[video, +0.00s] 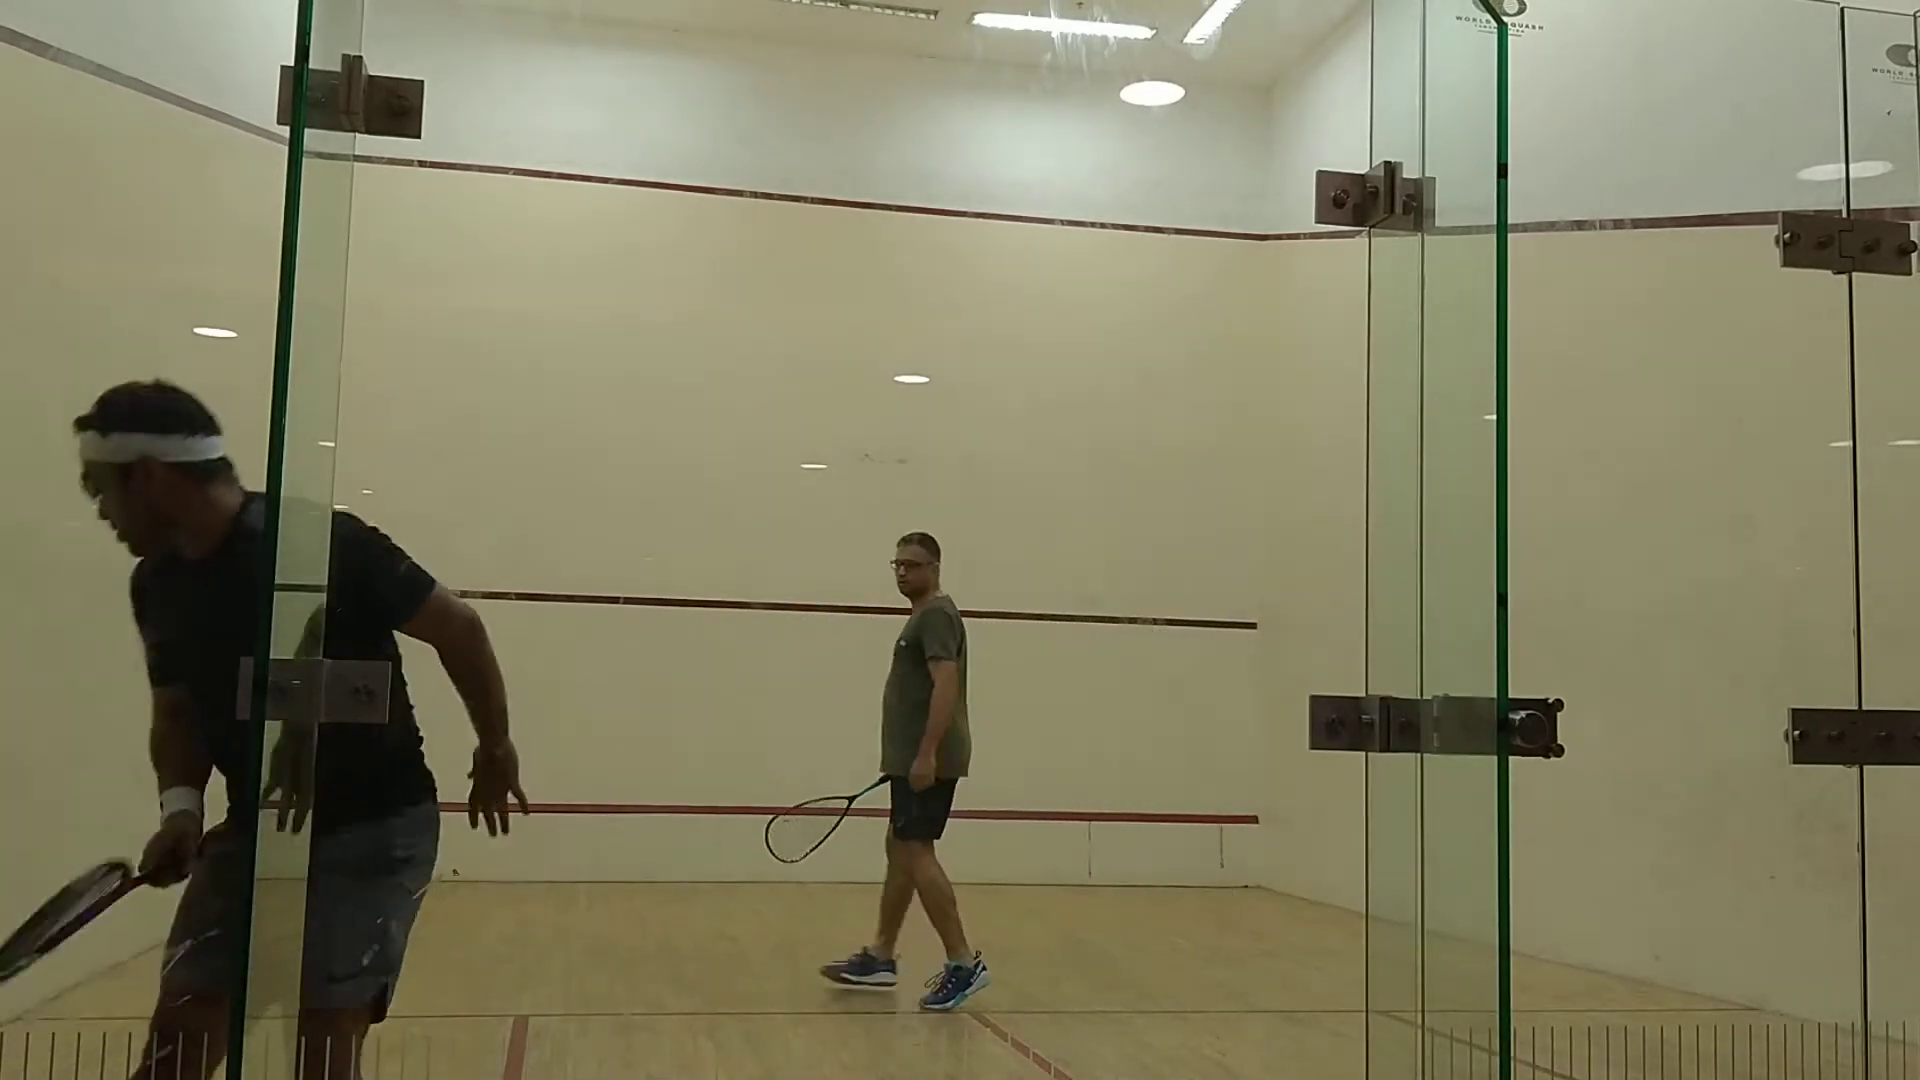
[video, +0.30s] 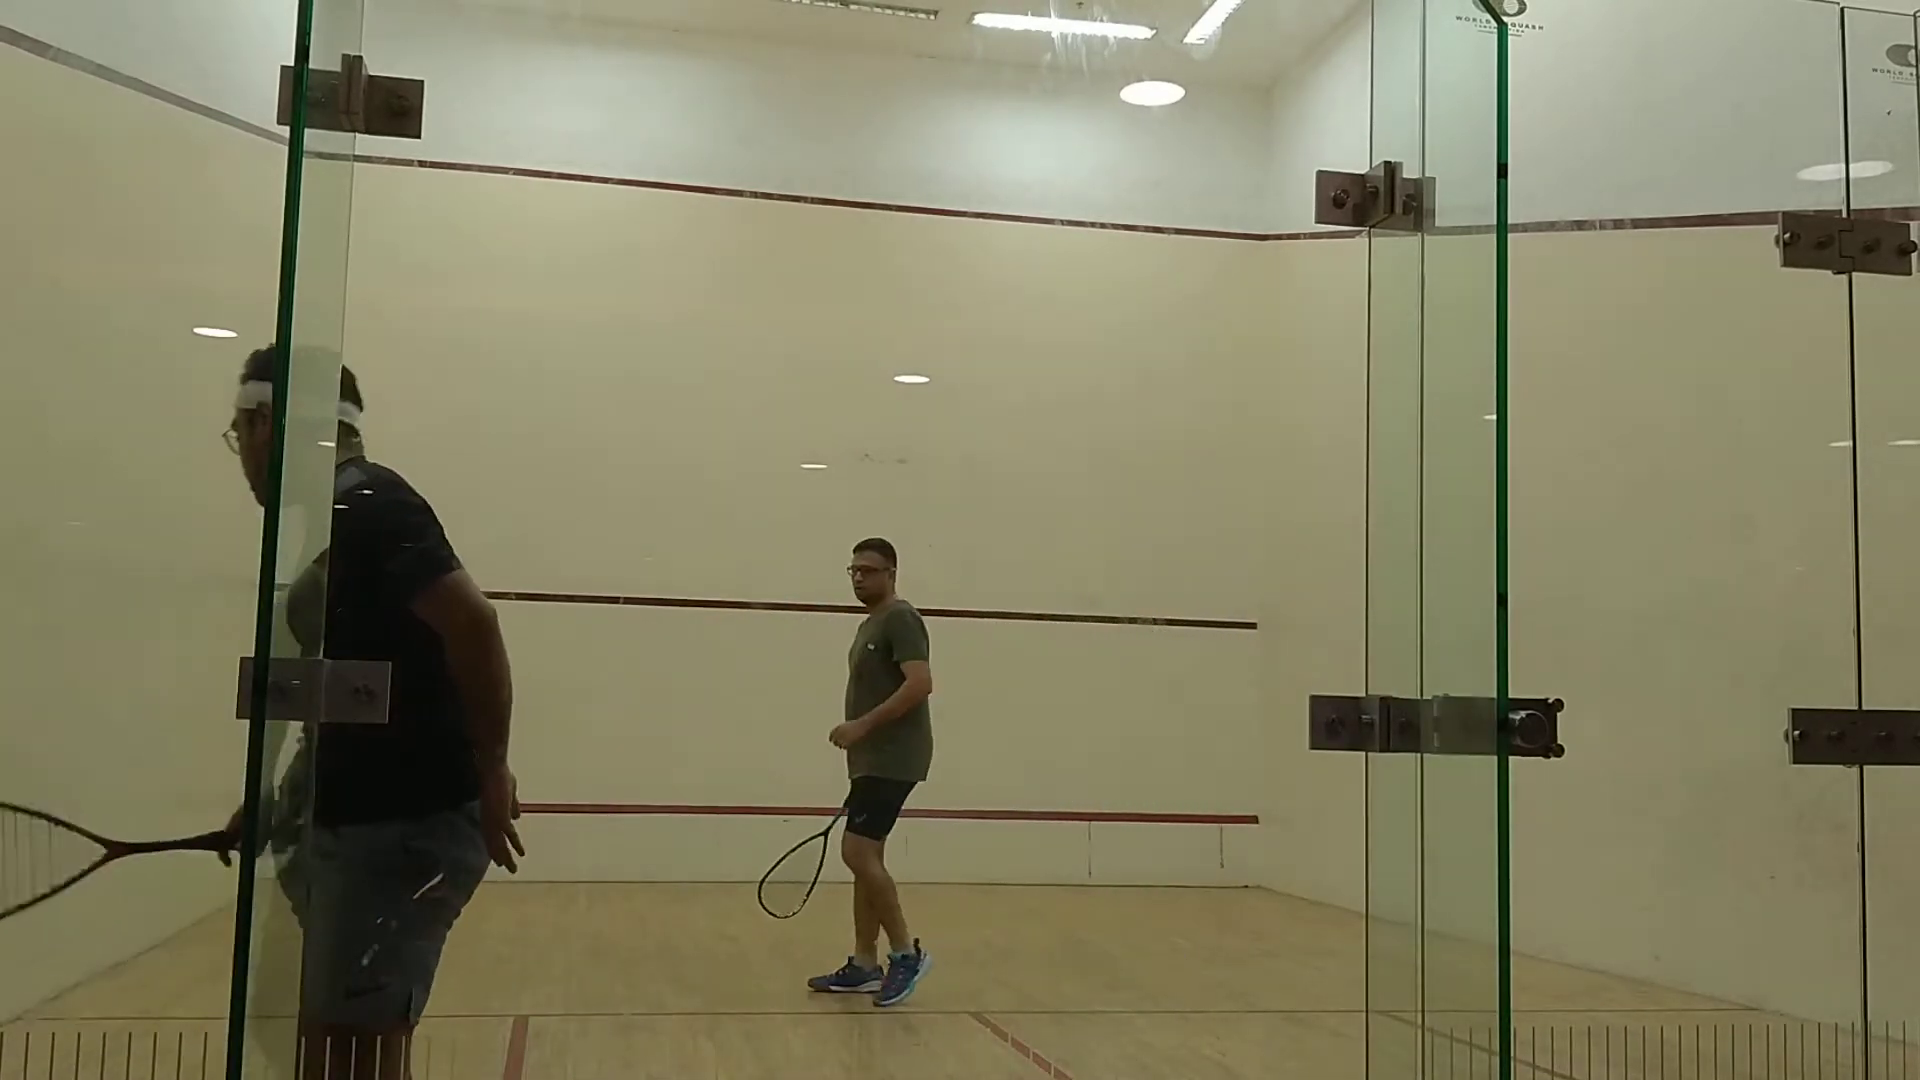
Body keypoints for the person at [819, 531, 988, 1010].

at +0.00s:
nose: (902, 572)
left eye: (912, 565)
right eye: (898, 565)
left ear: (935, 568)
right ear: (898, 570)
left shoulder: (936, 615)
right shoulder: (924, 616)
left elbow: (945, 687)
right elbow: (923, 694)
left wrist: (926, 754)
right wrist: (899, 755)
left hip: (929, 762)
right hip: (913, 760)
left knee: (916, 853)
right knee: (899, 850)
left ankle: (963, 962)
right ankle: (880, 957)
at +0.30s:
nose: (860, 577)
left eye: (869, 571)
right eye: (855, 571)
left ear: (891, 574)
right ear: (852, 576)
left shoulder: (900, 617)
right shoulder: (871, 624)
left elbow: (919, 685)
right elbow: (870, 698)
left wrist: (862, 725)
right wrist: (858, 769)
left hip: (895, 759)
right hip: (874, 759)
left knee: (857, 851)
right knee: (866, 856)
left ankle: (906, 955)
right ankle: (863, 964)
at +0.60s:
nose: (854, 581)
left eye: (864, 574)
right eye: (848, 571)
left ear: (883, 577)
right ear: (840, 572)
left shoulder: (898, 625)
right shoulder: (830, 625)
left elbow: (928, 685)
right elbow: (816, 690)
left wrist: (876, 667)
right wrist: (794, 753)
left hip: (881, 768)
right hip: (838, 765)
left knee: (863, 864)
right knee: (847, 863)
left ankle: (843, 977)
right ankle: (865, 964)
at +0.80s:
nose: (862, 573)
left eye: (872, 566)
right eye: (856, 564)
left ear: (890, 571)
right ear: (847, 565)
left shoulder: (906, 627)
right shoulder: (823, 620)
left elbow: (934, 692)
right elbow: (799, 686)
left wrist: (899, 694)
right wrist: (775, 748)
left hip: (878, 773)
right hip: (823, 765)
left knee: (863, 869)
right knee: (804, 860)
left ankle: (839, 979)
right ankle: (841, 940)